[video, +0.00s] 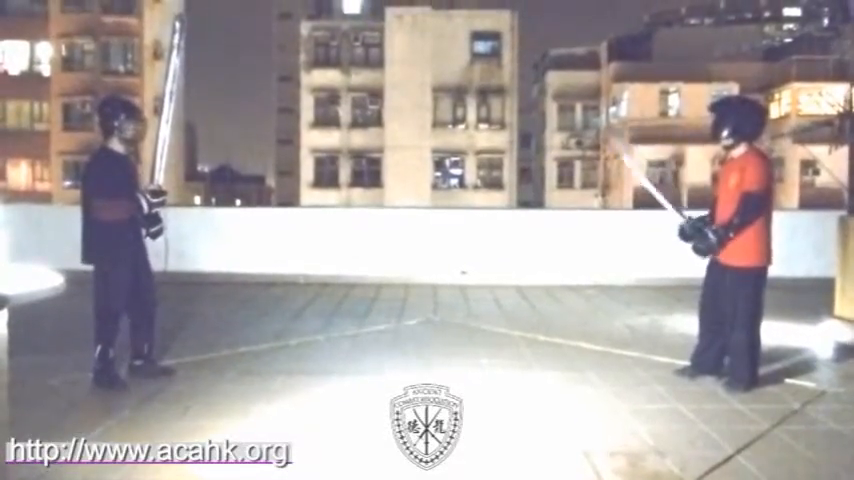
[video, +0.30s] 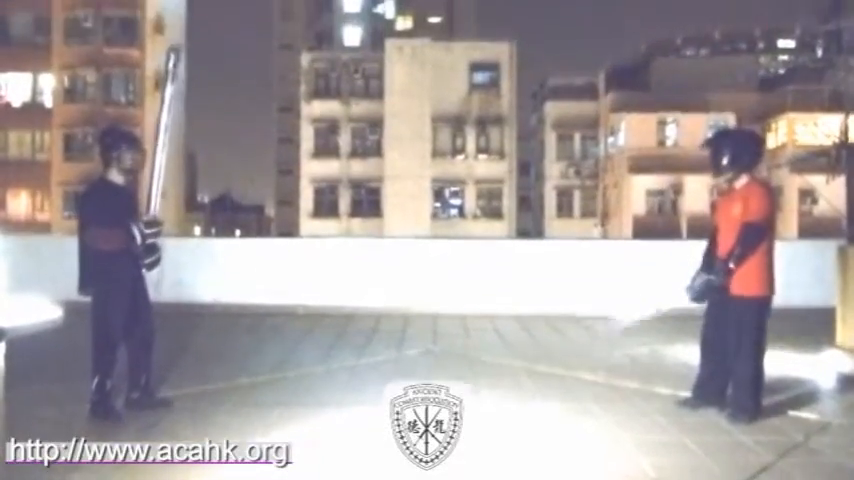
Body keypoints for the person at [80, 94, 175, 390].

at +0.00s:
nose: (137, 129)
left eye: (138, 123)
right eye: (132, 123)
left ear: (129, 126)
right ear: (116, 125)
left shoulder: (126, 162)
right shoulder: (102, 164)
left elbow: (124, 201)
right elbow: (101, 210)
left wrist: (147, 201)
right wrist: (140, 212)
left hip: (130, 244)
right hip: (108, 247)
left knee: (143, 298)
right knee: (110, 304)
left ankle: (142, 357)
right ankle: (103, 363)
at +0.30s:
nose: (136, 159)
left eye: (137, 153)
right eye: (130, 153)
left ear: (131, 156)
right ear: (114, 154)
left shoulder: (126, 193)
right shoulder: (96, 194)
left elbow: (127, 232)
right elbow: (94, 237)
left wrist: (146, 233)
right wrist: (132, 241)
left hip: (130, 272)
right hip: (106, 275)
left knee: (142, 329)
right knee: (107, 335)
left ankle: (140, 390)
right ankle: (100, 396)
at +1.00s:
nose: (131, 177)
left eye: (130, 171)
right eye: (125, 171)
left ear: (112, 176)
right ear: (108, 175)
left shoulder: (123, 214)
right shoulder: (94, 217)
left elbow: (124, 255)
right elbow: (93, 265)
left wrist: (143, 260)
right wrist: (131, 258)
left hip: (126, 294)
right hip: (102, 297)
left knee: (137, 349)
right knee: (104, 354)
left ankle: (136, 411)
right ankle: (98, 417)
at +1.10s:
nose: (128, 179)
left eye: (128, 174)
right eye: (122, 173)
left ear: (109, 178)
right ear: (107, 177)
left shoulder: (122, 215)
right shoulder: (95, 218)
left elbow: (125, 254)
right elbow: (96, 265)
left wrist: (143, 256)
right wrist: (135, 261)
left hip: (126, 295)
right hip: (103, 298)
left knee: (138, 350)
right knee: (104, 354)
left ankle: (137, 410)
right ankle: (98, 417)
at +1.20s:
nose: (128, 176)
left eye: (127, 171)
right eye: (122, 171)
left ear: (108, 177)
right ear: (107, 176)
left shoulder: (122, 215)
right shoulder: (95, 218)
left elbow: (124, 255)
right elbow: (97, 265)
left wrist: (144, 256)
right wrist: (137, 264)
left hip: (126, 296)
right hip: (104, 299)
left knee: (138, 350)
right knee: (105, 356)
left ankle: (137, 411)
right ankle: (98, 418)